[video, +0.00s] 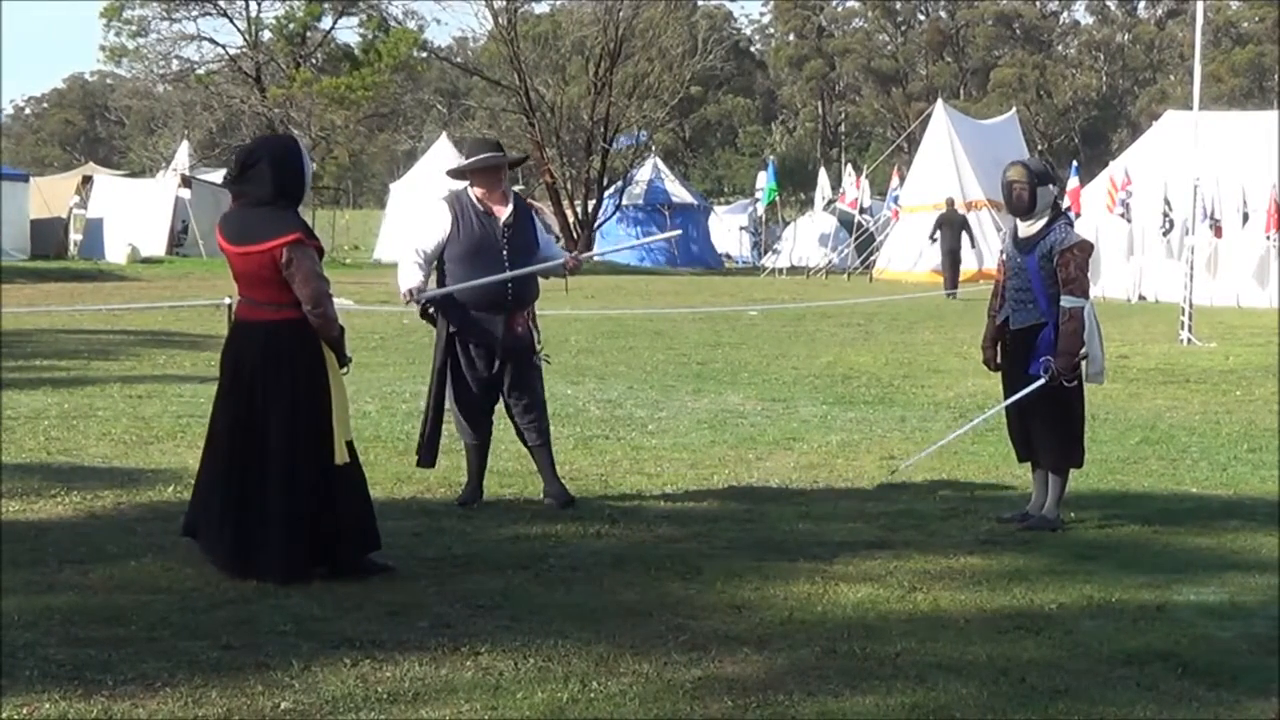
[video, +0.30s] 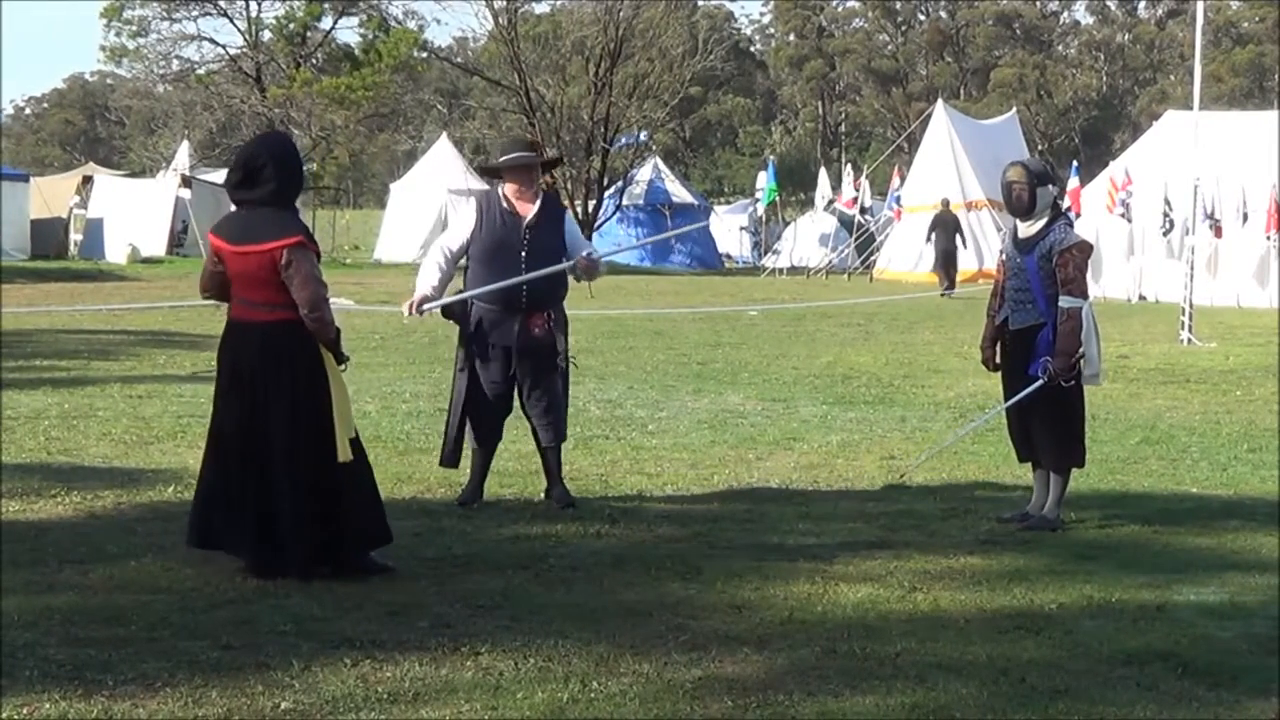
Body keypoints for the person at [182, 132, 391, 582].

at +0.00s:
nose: (307, 178)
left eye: (304, 170)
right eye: (302, 171)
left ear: (247, 176)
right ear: (291, 179)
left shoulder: (229, 227)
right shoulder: (291, 235)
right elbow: (317, 305)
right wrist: (339, 344)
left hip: (247, 337)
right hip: (291, 343)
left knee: (247, 439)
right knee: (305, 441)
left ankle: (242, 541)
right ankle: (310, 546)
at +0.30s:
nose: (301, 179)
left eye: (298, 171)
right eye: (297, 171)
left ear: (242, 175)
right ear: (288, 178)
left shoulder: (225, 229)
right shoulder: (288, 232)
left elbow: (211, 288)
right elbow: (311, 306)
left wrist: (254, 291)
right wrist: (333, 342)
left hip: (240, 343)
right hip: (288, 347)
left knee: (253, 441)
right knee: (309, 441)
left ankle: (261, 547)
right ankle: (336, 547)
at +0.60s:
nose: (301, 181)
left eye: (299, 172)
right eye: (297, 173)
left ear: (241, 175)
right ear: (285, 179)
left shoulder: (222, 233)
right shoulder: (289, 235)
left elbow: (224, 302)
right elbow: (315, 306)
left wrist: (251, 326)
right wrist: (334, 343)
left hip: (241, 346)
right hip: (290, 349)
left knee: (252, 443)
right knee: (311, 444)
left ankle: (260, 548)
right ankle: (341, 548)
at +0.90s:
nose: (308, 181)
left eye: (305, 173)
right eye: (305, 173)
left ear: (247, 178)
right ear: (297, 179)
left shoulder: (229, 233)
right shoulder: (304, 234)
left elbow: (231, 299)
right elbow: (327, 304)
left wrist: (246, 330)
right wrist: (342, 339)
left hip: (248, 344)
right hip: (300, 345)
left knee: (254, 440)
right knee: (310, 441)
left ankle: (256, 547)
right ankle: (316, 545)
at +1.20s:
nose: (309, 181)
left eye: (306, 173)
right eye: (305, 173)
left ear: (250, 176)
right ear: (297, 178)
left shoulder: (232, 232)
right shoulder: (306, 233)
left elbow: (230, 300)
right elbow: (328, 305)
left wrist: (246, 333)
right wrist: (344, 339)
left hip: (249, 344)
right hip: (301, 345)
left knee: (256, 442)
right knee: (314, 442)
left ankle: (261, 548)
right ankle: (322, 547)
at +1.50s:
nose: (306, 180)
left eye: (304, 172)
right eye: (302, 172)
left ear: (248, 176)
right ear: (293, 177)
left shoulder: (228, 233)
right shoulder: (304, 233)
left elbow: (228, 301)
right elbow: (326, 306)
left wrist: (251, 328)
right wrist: (342, 339)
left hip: (247, 345)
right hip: (299, 347)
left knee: (253, 444)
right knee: (312, 444)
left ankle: (259, 550)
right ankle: (322, 549)